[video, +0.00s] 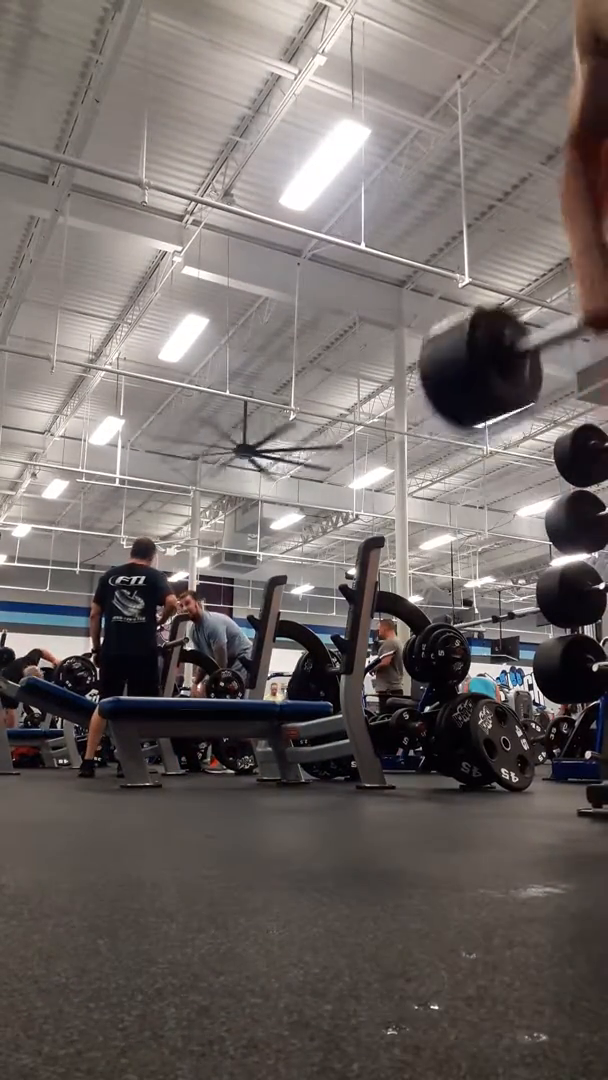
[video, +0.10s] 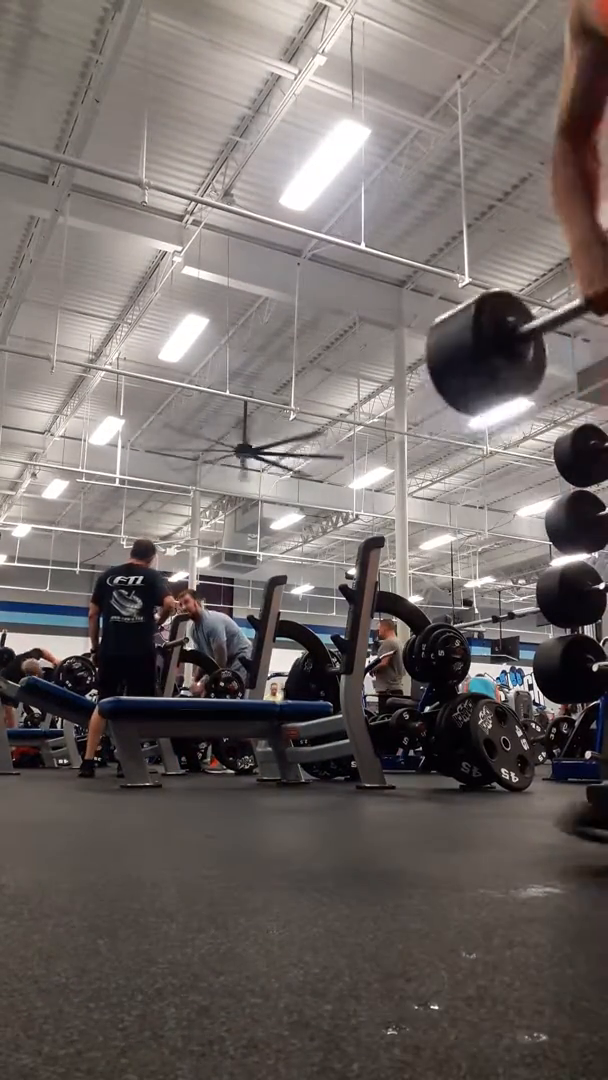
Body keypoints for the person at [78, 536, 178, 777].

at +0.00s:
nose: (155, 562)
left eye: (153, 559)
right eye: (155, 558)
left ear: (131, 554)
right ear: (152, 557)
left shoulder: (110, 575)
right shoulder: (155, 576)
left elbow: (95, 613)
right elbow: (172, 604)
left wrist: (96, 648)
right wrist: (160, 620)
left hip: (113, 649)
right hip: (143, 651)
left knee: (105, 704)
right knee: (142, 705)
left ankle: (88, 759)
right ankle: (131, 763)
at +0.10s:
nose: (153, 564)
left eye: (151, 561)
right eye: (154, 561)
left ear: (131, 555)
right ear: (151, 559)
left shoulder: (108, 575)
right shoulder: (152, 576)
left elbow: (93, 613)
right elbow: (169, 604)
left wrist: (94, 646)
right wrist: (158, 621)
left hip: (110, 650)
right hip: (140, 651)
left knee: (103, 704)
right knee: (139, 705)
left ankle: (88, 760)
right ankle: (130, 763)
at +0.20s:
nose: (152, 564)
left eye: (151, 562)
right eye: (152, 561)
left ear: (128, 555)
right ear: (149, 560)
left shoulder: (106, 575)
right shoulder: (151, 578)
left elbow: (90, 613)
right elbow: (164, 608)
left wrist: (93, 645)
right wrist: (157, 621)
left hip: (108, 650)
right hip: (138, 651)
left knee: (101, 704)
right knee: (137, 705)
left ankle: (88, 759)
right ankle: (129, 762)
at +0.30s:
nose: (144, 564)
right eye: (146, 560)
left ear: (125, 554)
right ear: (145, 559)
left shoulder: (104, 576)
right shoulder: (148, 579)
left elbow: (88, 613)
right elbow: (158, 611)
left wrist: (90, 645)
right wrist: (151, 624)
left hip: (105, 649)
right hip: (136, 651)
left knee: (100, 704)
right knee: (135, 706)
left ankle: (88, 760)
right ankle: (129, 763)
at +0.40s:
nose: (138, 564)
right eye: (141, 561)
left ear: (121, 555)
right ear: (141, 559)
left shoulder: (101, 577)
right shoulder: (145, 579)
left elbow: (85, 613)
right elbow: (154, 612)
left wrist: (88, 642)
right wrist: (148, 620)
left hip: (102, 651)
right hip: (132, 652)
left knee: (98, 705)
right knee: (134, 706)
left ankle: (88, 760)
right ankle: (129, 763)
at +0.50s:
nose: (135, 564)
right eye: (137, 561)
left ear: (116, 556)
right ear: (137, 559)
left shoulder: (98, 576)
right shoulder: (142, 579)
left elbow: (81, 613)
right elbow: (149, 611)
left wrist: (87, 640)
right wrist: (145, 628)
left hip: (99, 650)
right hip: (128, 651)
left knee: (95, 704)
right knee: (131, 705)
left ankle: (88, 760)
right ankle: (129, 762)